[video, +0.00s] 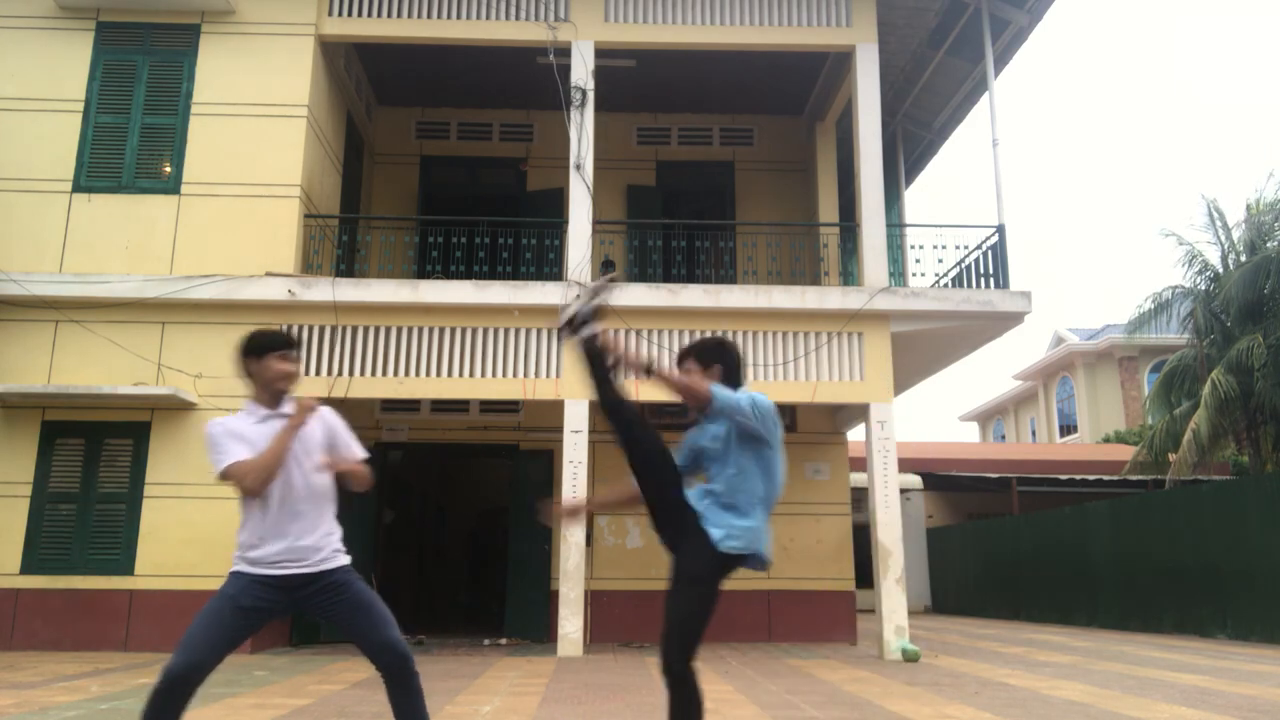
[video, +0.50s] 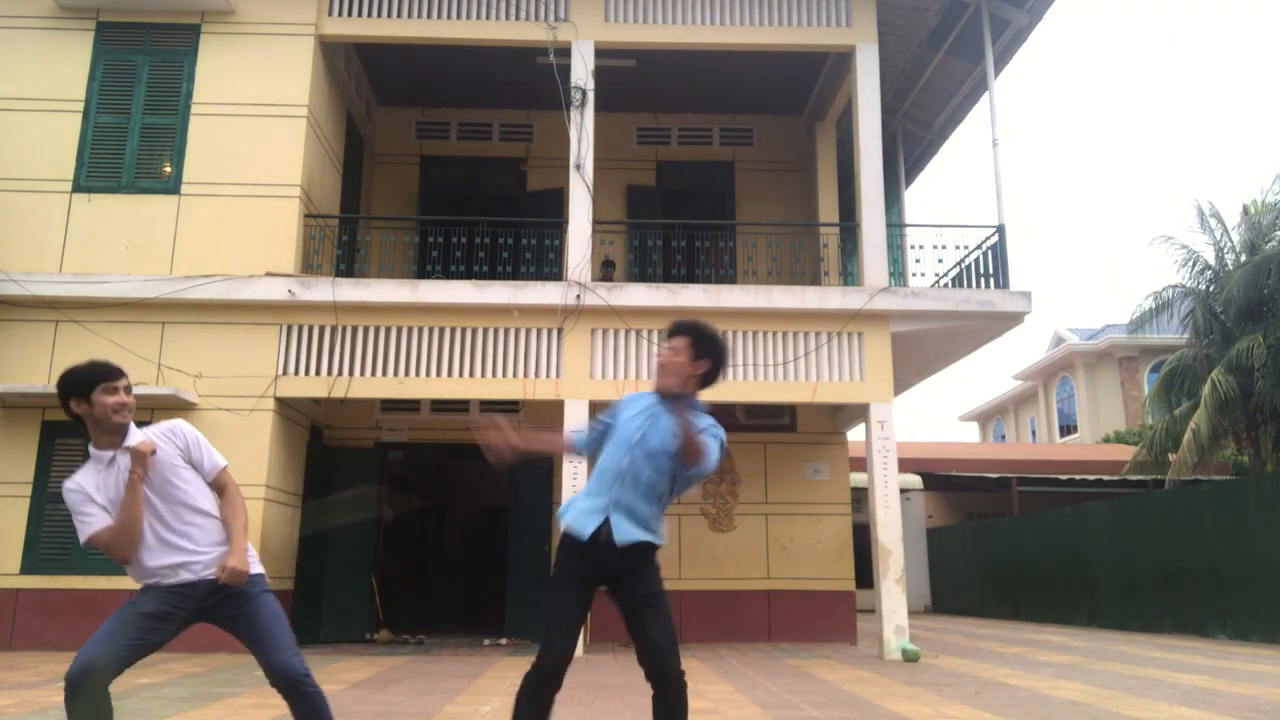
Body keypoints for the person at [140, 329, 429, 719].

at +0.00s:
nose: (290, 366)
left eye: (294, 358)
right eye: (279, 358)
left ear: (299, 366)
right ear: (251, 366)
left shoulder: (322, 418)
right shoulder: (225, 429)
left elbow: (365, 481)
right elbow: (251, 482)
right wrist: (295, 423)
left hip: (328, 573)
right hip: (256, 577)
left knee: (397, 656)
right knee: (182, 671)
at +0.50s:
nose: (124, 400)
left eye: (126, 391)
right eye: (109, 392)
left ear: (134, 396)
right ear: (78, 406)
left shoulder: (175, 434)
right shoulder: (80, 486)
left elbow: (227, 487)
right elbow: (120, 549)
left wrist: (238, 551)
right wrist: (137, 475)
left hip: (234, 579)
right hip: (165, 592)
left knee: (290, 673)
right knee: (84, 676)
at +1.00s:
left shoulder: (41, 507)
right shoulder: (12, 519)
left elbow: (130, 487)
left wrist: (117, 545)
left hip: (132, 604)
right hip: (62, 607)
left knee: (193, 670)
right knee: (0, 659)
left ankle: (235, 714)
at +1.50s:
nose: (5, 537)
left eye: (7, 525)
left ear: (18, 521)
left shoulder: (62, 541)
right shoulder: (4, 571)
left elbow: (128, 584)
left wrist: (89, 657)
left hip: (110, 617)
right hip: (43, 625)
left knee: (174, 680)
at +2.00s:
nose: (36, 410)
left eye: (44, 401)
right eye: (23, 401)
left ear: (52, 407)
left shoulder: (87, 457)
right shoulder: (2, 475)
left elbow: (140, 515)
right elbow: (7, 544)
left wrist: (78, 569)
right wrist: (6, 565)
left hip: (123, 591)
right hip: (51, 599)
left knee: (191, 670)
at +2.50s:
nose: (143, 365)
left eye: (149, 359)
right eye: (132, 354)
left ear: (154, 370)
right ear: (100, 363)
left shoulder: (167, 431)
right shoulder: (58, 427)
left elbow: (181, 505)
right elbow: (35, 502)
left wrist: (150, 573)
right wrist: (67, 540)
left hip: (146, 576)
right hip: (72, 578)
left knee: (201, 665)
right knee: (1, 658)